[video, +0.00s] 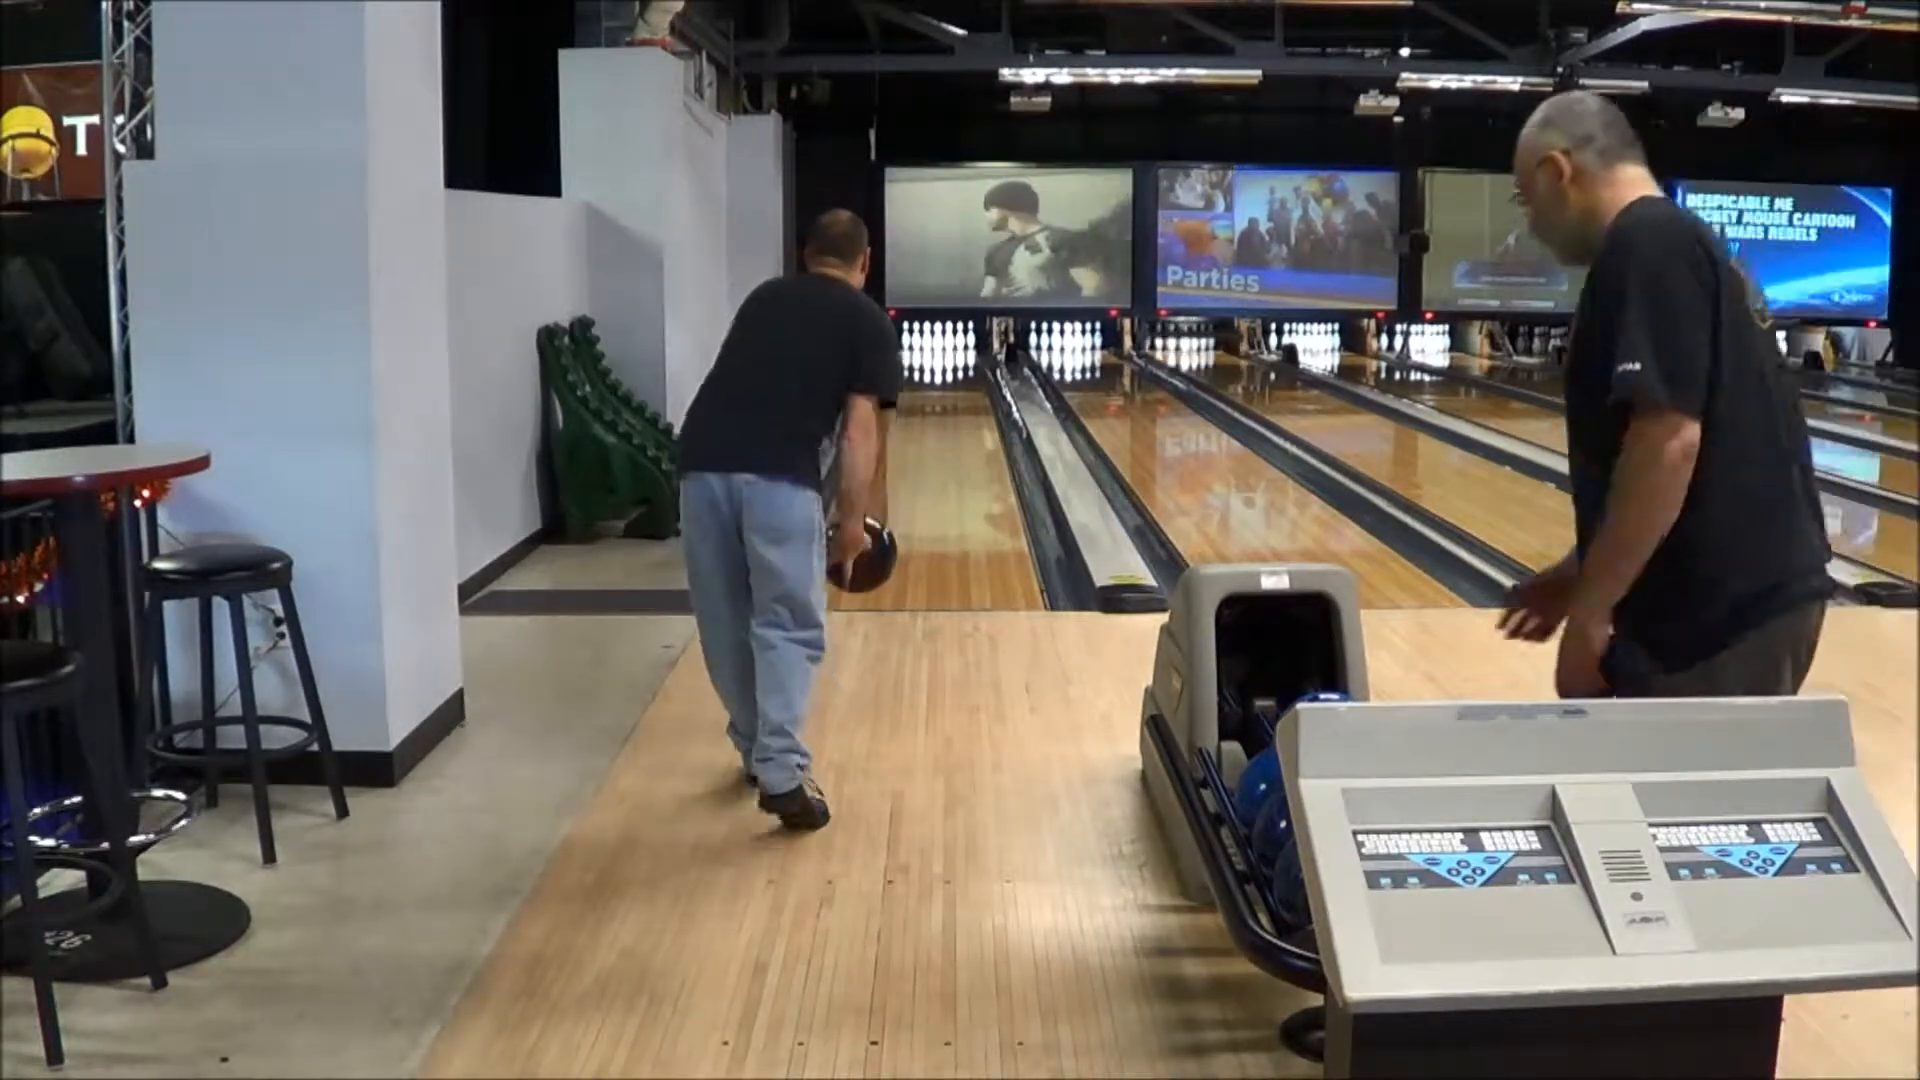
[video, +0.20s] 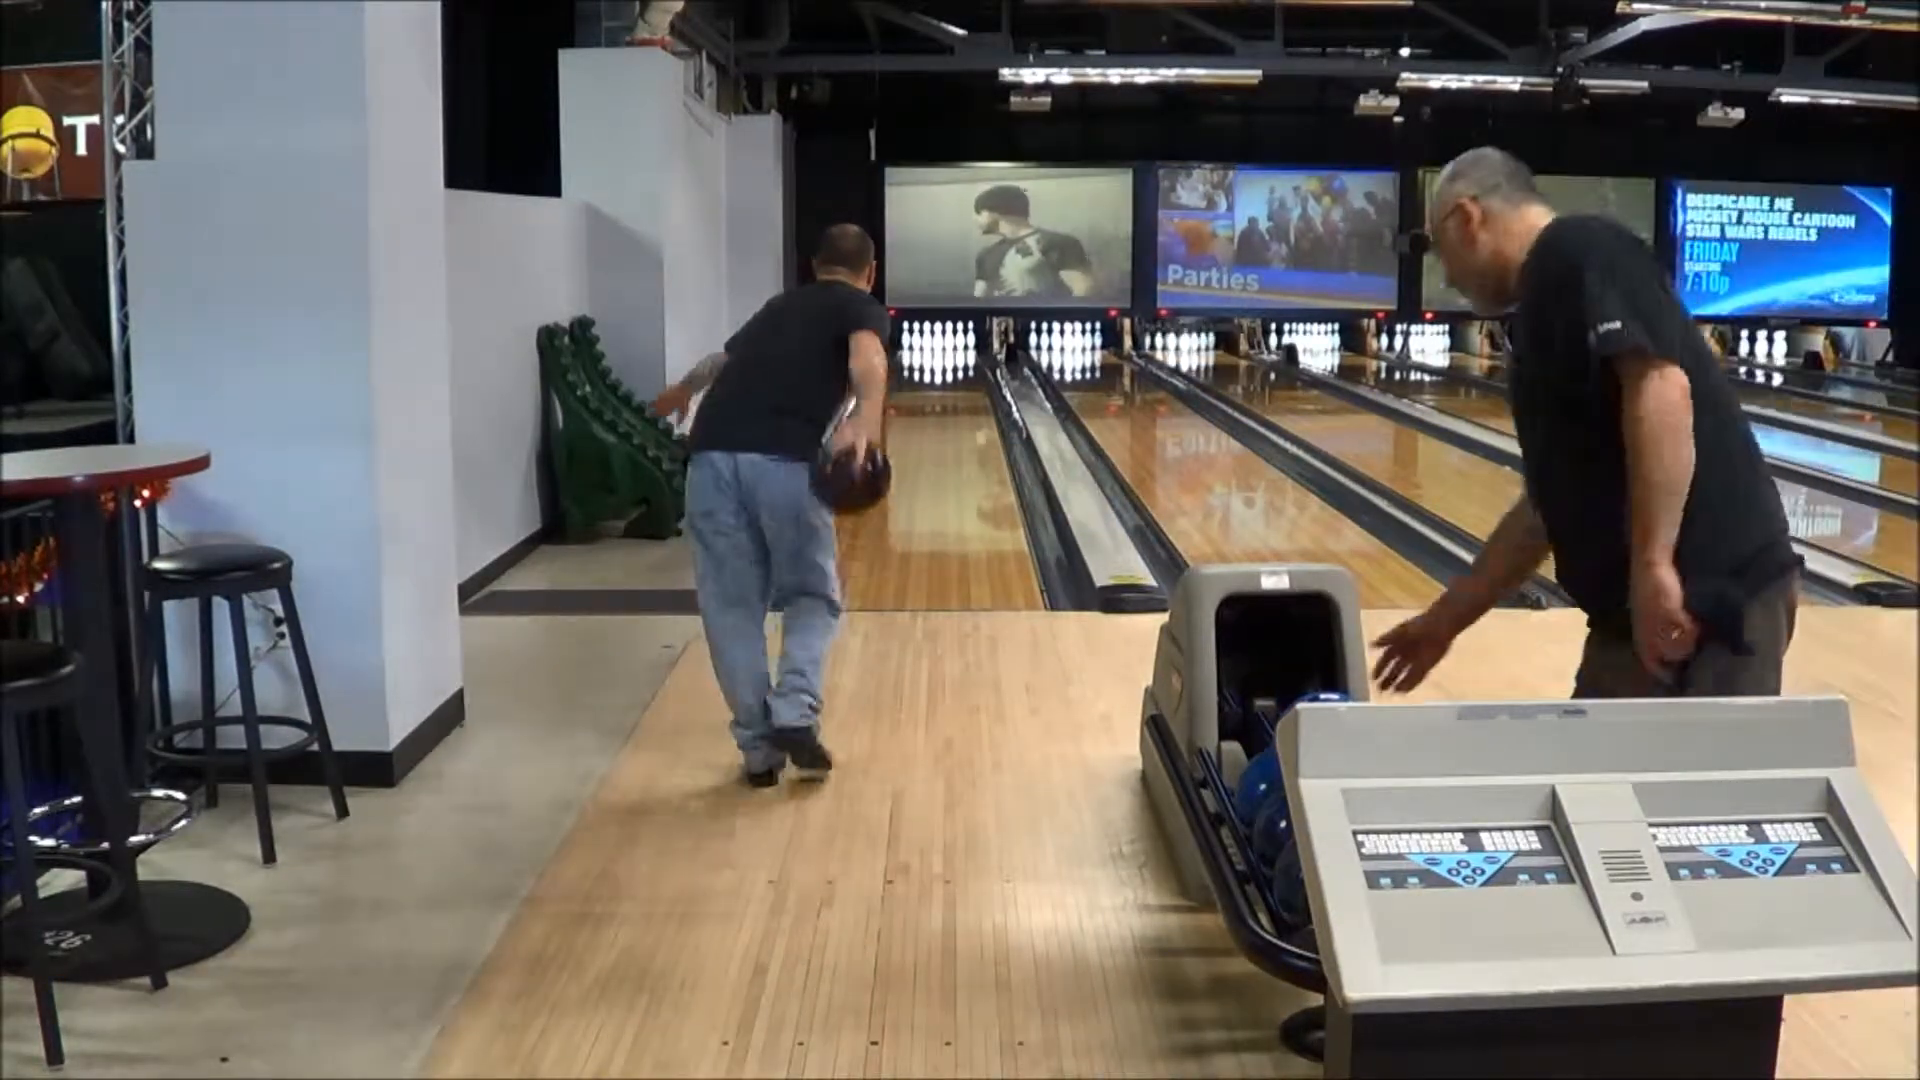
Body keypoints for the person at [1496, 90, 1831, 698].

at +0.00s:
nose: (1529, 222)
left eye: (1525, 197)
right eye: (1521, 202)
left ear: (1559, 172)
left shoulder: (1649, 242)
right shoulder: (1677, 240)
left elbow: (1666, 439)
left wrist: (1591, 611)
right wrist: (1576, 576)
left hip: (1714, 621)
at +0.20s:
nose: (1445, 272)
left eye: (1439, 246)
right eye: (1436, 252)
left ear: (1469, 217)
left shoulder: (1583, 247)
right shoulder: (1540, 318)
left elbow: (1661, 384)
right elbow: (1547, 504)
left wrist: (1653, 562)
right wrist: (1444, 620)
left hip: (1716, 592)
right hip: (1636, 603)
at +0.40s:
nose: (1366, 345)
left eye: (1359, 318)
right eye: (1357, 328)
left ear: (1388, 284)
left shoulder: (1501, 266)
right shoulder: (1466, 417)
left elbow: (1625, 346)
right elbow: (1438, 570)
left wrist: (1663, 507)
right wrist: (1344, 701)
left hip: (1697, 570)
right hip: (1612, 595)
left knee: (1681, 809)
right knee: (1579, 798)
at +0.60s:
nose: (1326, 381)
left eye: (1318, 357)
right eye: (1317, 370)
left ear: (1339, 316)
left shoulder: (1460, 285)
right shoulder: (1426, 451)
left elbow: (1597, 339)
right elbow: (1415, 585)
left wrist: (1646, 491)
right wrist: (1329, 707)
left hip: (1690, 541)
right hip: (1601, 583)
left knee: (1675, 783)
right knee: (1563, 779)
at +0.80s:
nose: (1311, 379)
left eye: (1304, 356)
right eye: (1302, 367)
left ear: (1328, 313)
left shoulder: (1446, 284)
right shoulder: (1416, 442)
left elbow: (1583, 344)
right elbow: (1409, 586)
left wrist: (1626, 497)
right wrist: (1338, 708)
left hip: (1680, 540)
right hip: (1590, 579)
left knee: (1680, 782)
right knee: (1562, 779)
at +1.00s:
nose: (1306, 369)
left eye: (1300, 345)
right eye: (1297, 354)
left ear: (1326, 305)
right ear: (1334, 307)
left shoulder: (1444, 279)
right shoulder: (1409, 434)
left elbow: (1585, 341)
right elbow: (1408, 582)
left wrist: (1606, 500)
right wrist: (1348, 709)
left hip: (1683, 539)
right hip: (1584, 577)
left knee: (1677, 777)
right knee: (1558, 774)